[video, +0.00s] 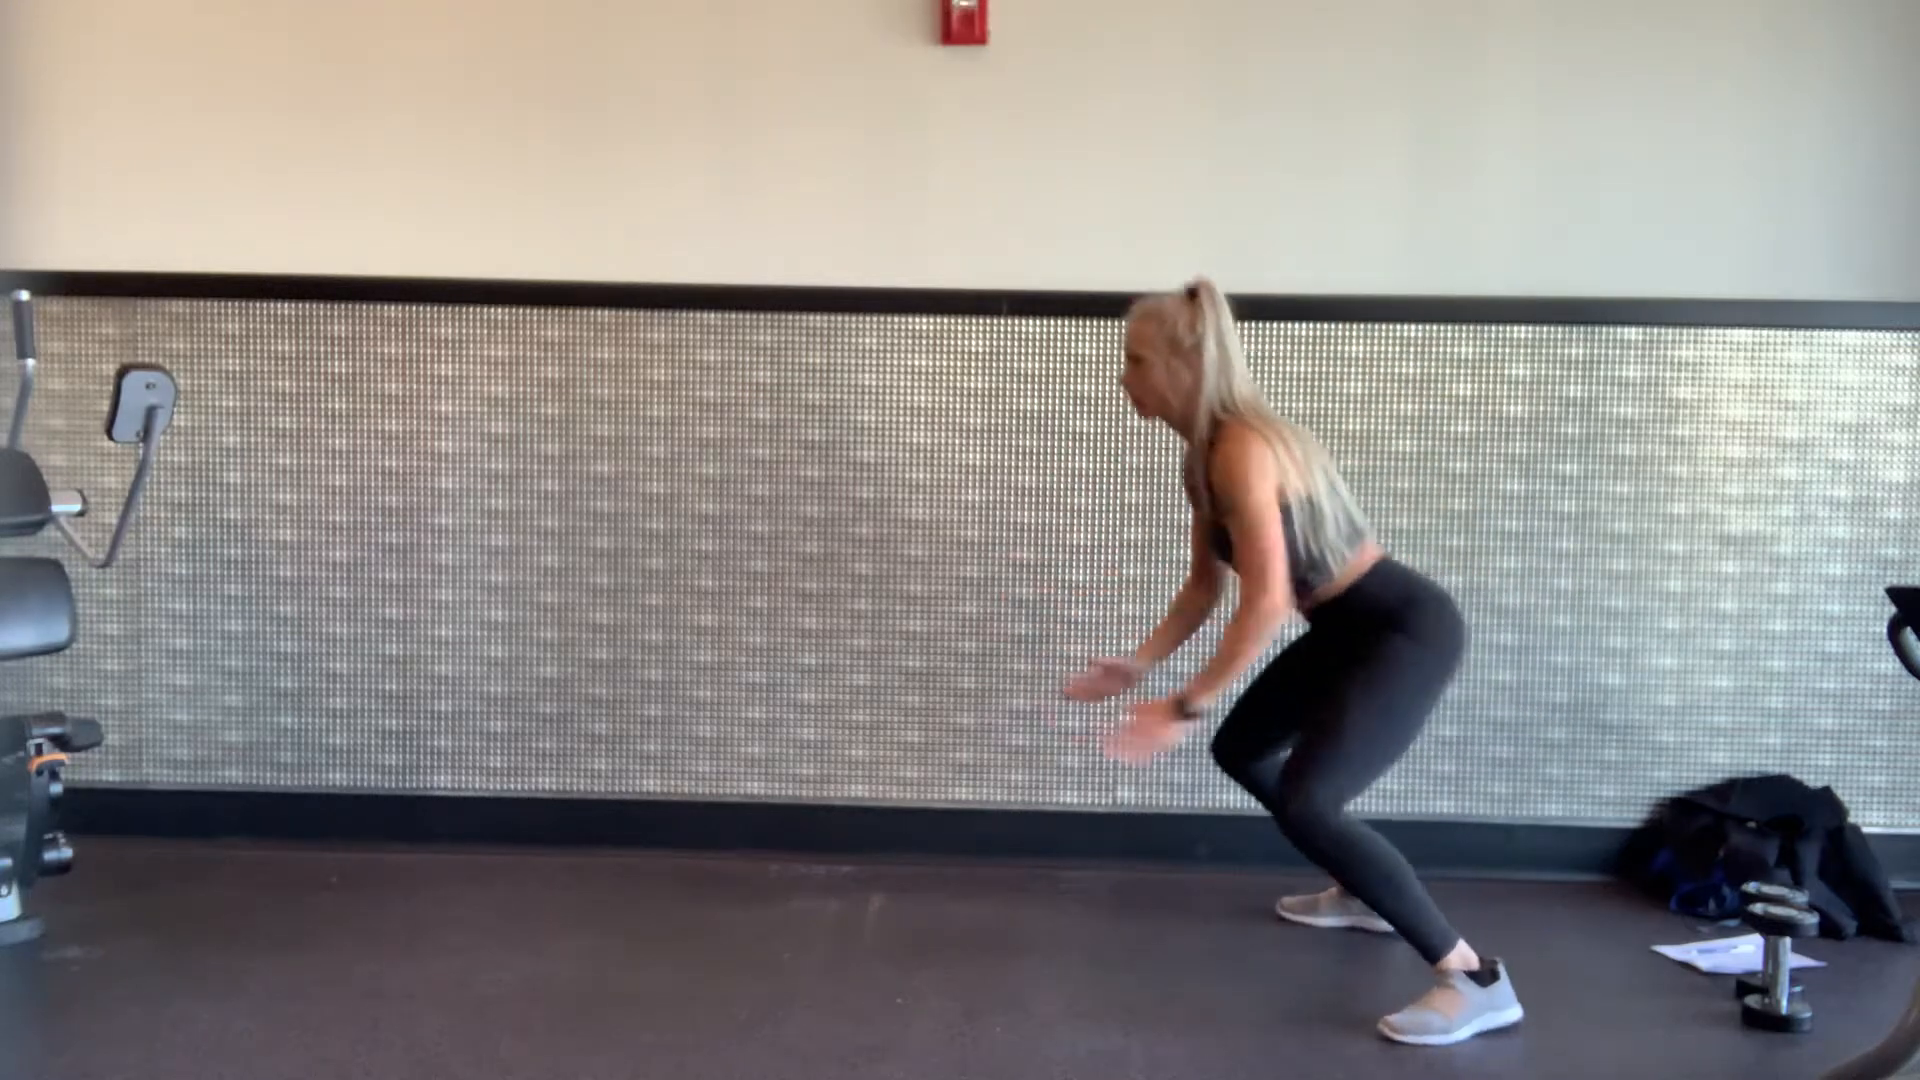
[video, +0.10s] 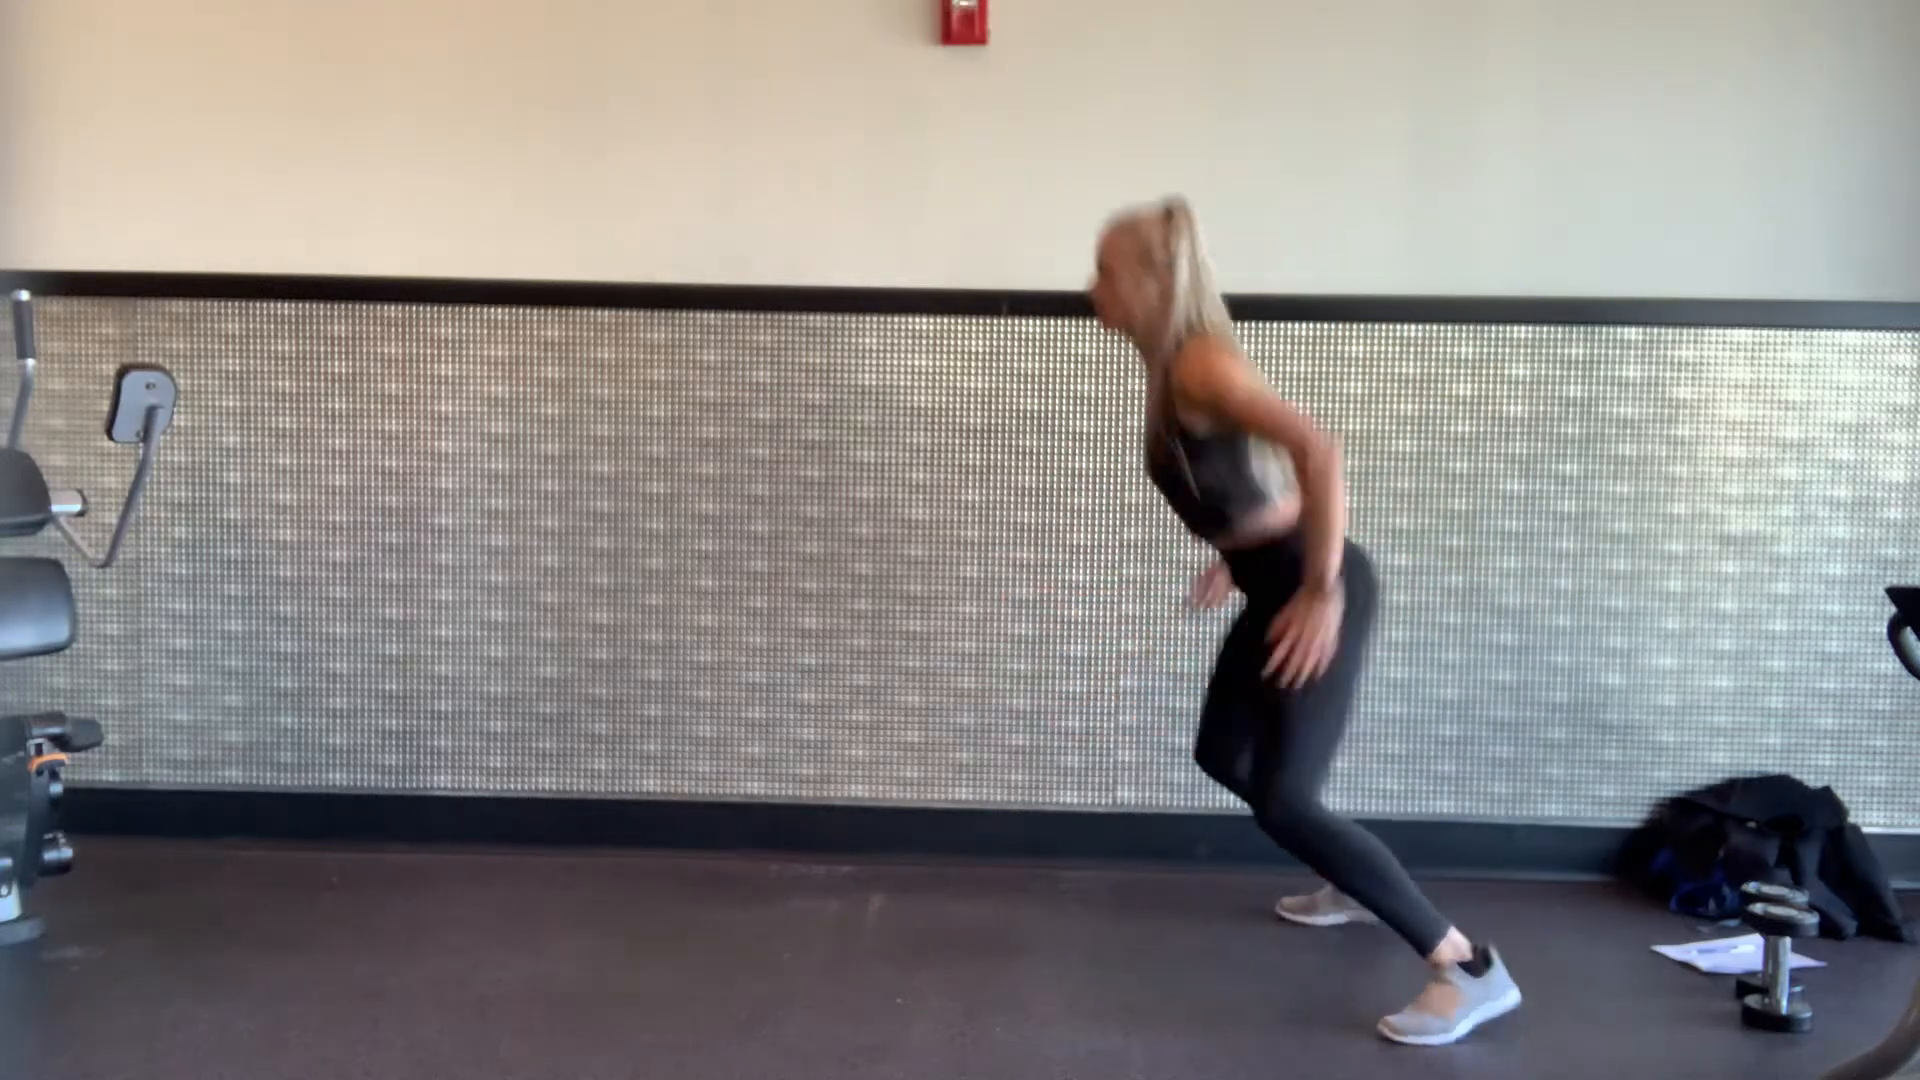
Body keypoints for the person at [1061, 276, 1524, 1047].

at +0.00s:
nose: (1123, 380)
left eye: (1133, 364)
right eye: (1124, 363)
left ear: (1179, 368)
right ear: (1184, 370)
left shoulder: (1240, 449)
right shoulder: (1208, 453)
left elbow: (1267, 603)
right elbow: (1205, 584)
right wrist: (1135, 664)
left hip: (1406, 627)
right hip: (1352, 629)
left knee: (1309, 803)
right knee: (1242, 750)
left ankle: (1470, 975)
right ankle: (1363, 888)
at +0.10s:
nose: (1093, 288)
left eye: (1107, 273)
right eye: (1096, 271)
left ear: (1155, 283)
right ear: (1150, 282)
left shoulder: (1203, 367)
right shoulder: (1170, 366)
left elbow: (1320, 449)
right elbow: (1263, 463)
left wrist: (1320, 588)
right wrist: (1232, 557)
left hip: (1316, 582)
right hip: (1276, 582)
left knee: (1284, 800)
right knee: (1224, 750)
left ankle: (1466, 965)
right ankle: (1359, 878)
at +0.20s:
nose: (1059, 197)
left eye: (1072, 182)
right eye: (1062, 180)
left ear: (1119, 187)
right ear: (1121, 188)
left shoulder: (1154, 262)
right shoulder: (1136, 264)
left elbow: (1295, 285)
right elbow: (1252, 297)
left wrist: (1326, 418)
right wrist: (1234, 413)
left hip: (1211, 511)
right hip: (1183, 510)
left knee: (1205, 730)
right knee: (1164, 703)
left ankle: (1390, 904)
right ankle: (1300, 828)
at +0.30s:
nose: (993, 150)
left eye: (1008, 136)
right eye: (996, 133)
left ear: (1057, 146)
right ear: (1053, 145)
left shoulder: (1083, 221)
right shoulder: (1067, 225)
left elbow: (1209, 275)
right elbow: (1180, 284)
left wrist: (1201, 417)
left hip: (1151, 471)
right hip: (1127, 472)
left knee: (1096, 674)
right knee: (1081, 664)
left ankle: (1226, 883)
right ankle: (1162, 834)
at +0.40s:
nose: (913, 163)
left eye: (926, 149)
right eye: (917, 147)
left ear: (973, 158)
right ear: (973, 157)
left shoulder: (1019, 245)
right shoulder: (992, 248)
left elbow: (1075, 379)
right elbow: (1036, 384)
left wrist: (980, 458)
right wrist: (959, 443)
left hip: (1112, 483)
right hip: (1082, 481)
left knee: (1027, 678)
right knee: (1011, 666)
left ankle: (1005, 916)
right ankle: (973, 846)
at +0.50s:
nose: (853, 233)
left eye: (864, 219)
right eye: (857, 217)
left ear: (904, 231)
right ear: (917, 228)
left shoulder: (947, 316)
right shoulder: (947, 309)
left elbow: (902, 469)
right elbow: (901, 448)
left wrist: (793, 453)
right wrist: (802, 444)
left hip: (1051, 553)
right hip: (1035, 545)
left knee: (913, 712)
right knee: (904, 695)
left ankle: (857, 952)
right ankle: (854, 878)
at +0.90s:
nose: (669, 445)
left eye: (684, 436)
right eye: (676, 432)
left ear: (724, 459)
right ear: (733, 460)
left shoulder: (756, 531)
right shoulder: (766, 519)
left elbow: (629, 641)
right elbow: (647, 615)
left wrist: (603, 534)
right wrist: (626, 532)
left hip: (915, 729)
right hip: (902, 707)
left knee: (717, 765)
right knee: (734, 716)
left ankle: (822, 968)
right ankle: (831, 888)